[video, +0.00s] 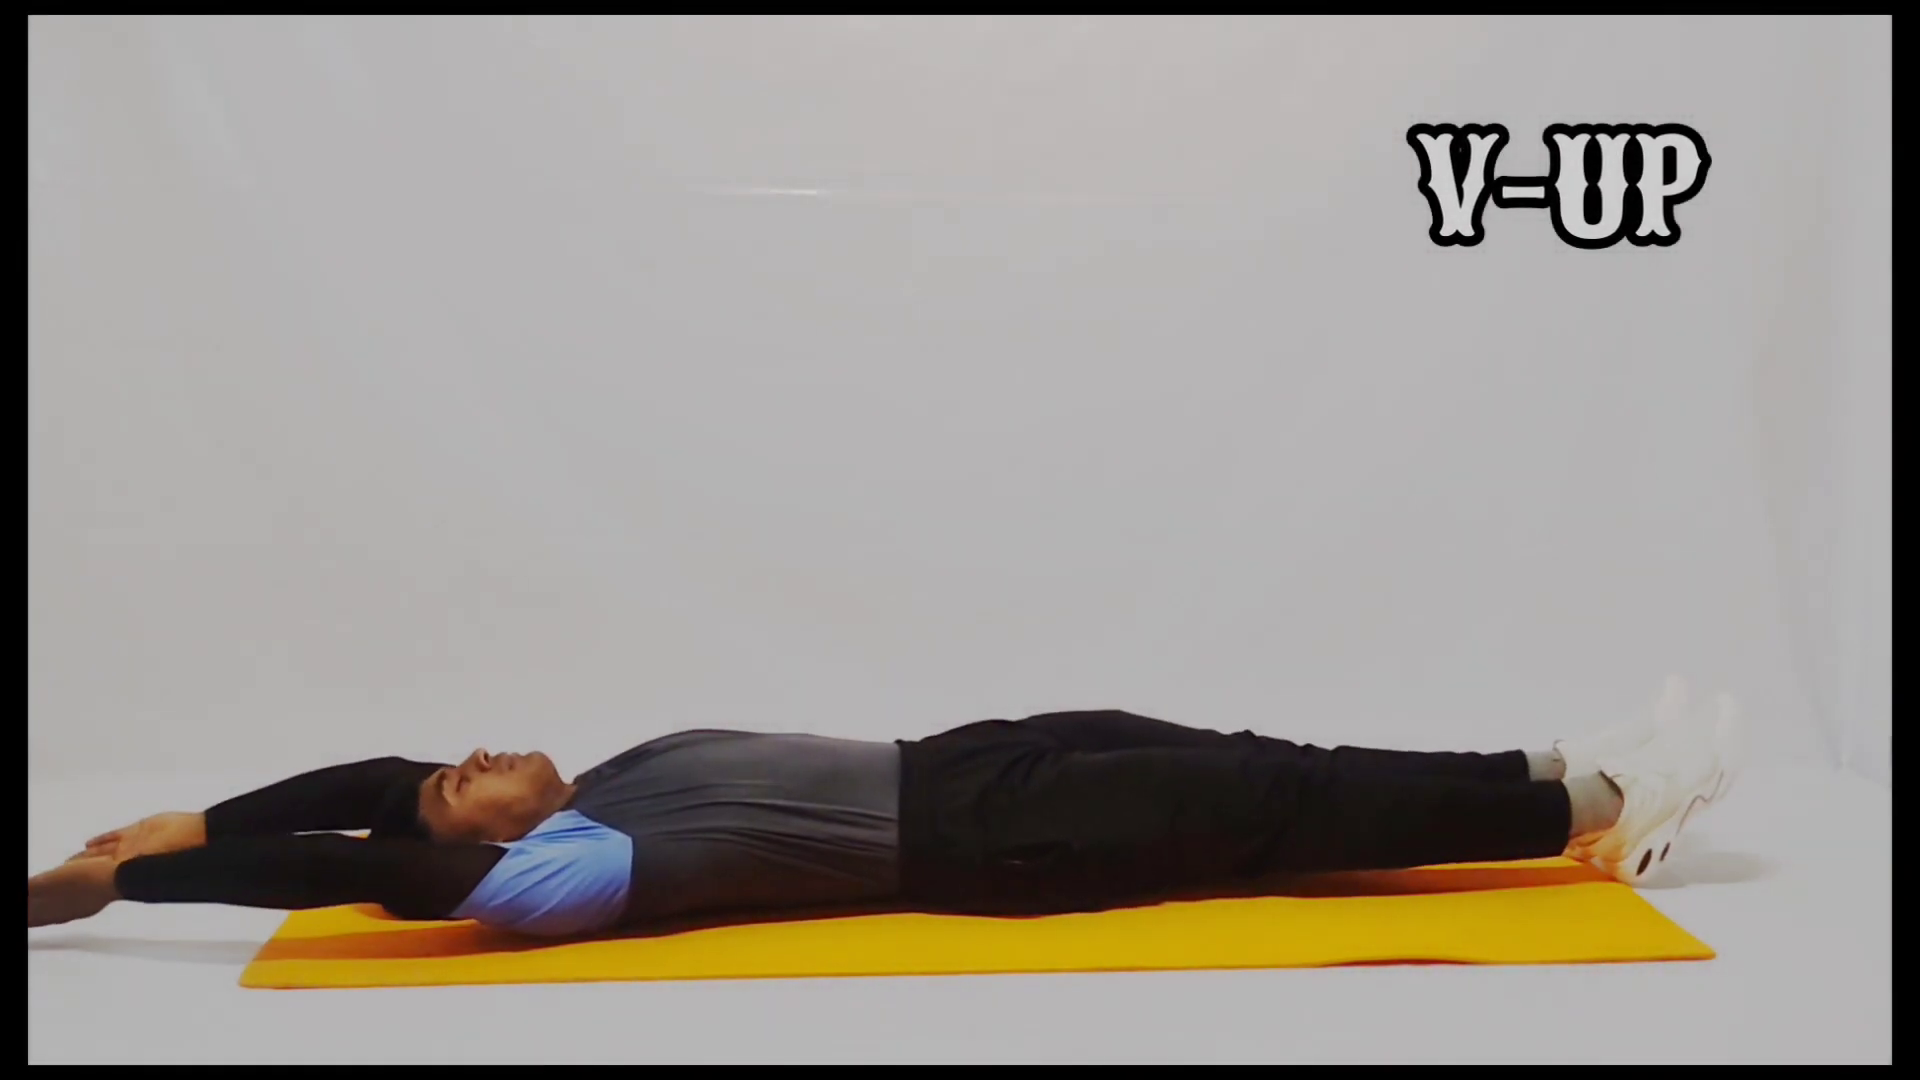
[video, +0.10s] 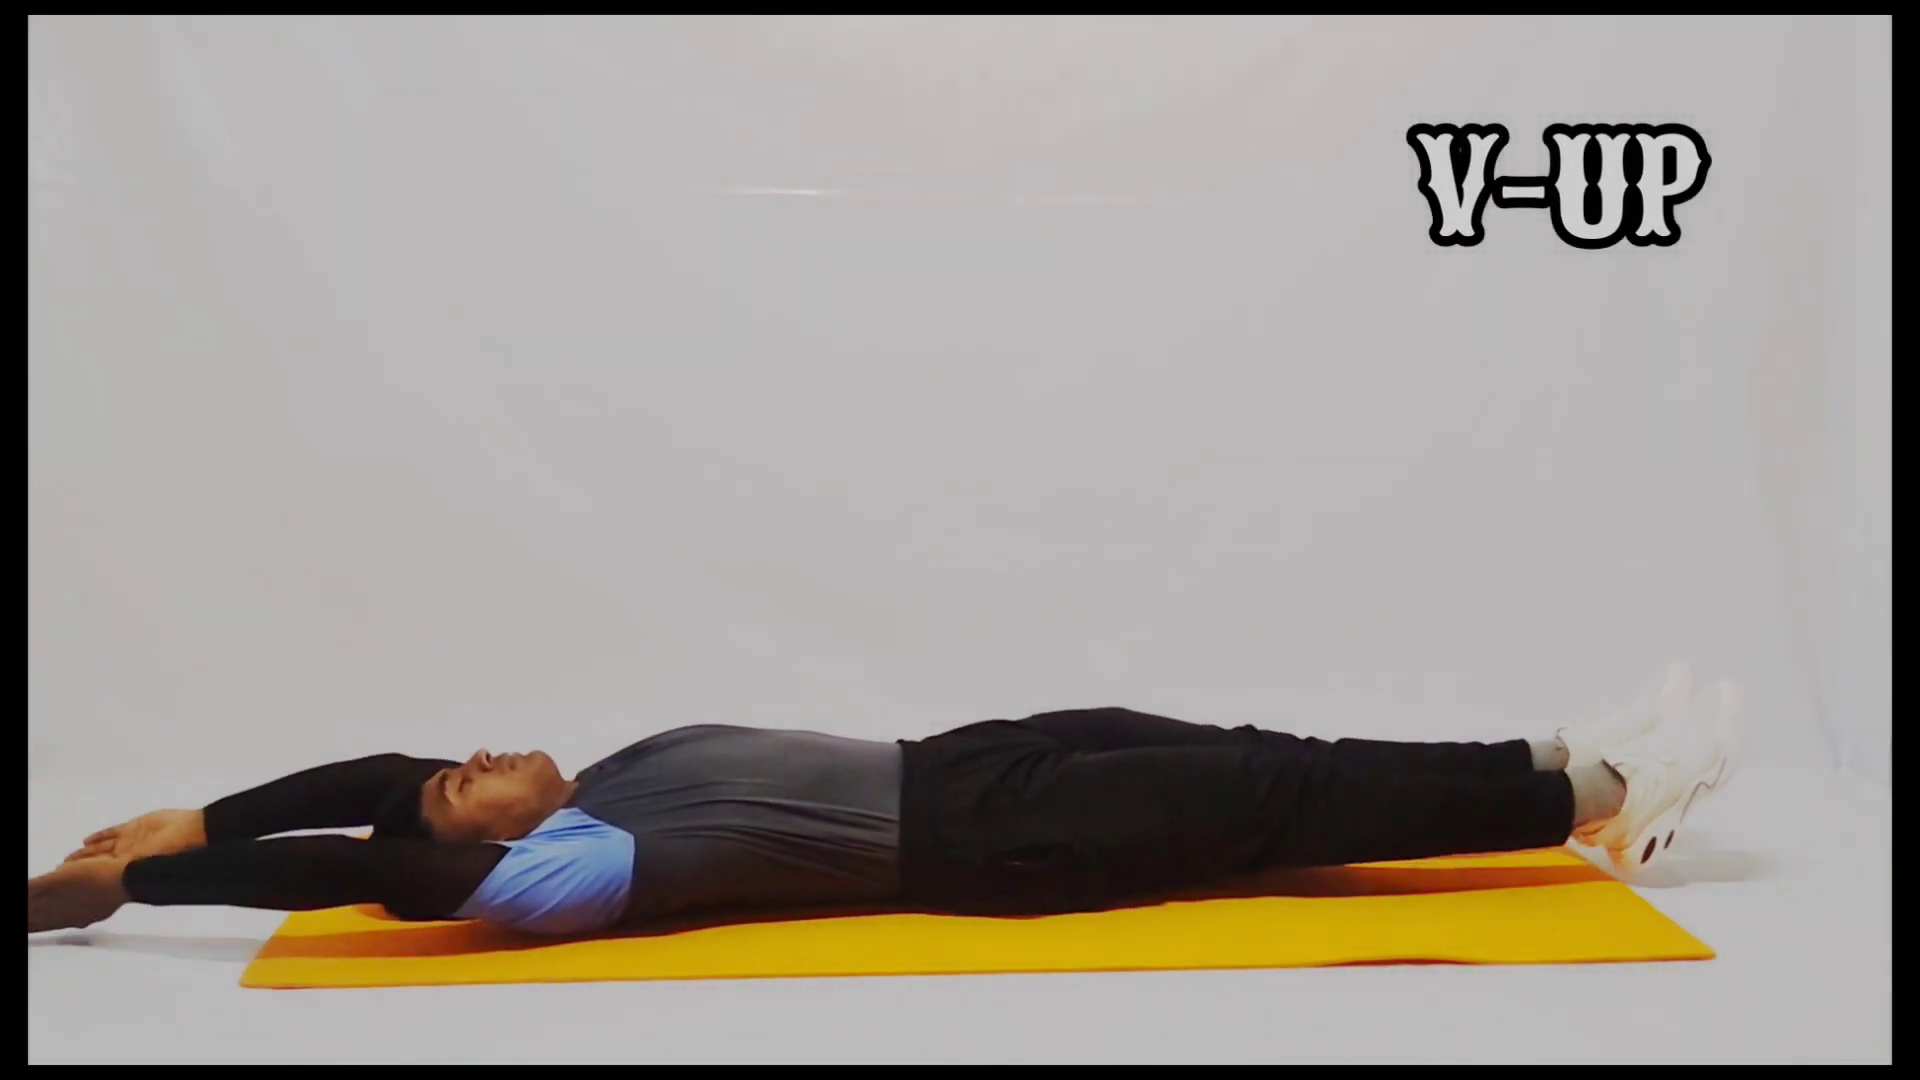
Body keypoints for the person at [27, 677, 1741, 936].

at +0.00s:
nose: (496, 763)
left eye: (473, 759)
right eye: (473, 784)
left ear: (499, 782)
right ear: (478, 842)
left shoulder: (604, 786)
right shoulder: (580, 850)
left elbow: (362, 817)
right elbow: (486, 895)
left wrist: (148, 845)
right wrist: (456, 899)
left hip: (979, 754)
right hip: (958, 824)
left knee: (1258, 757)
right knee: (1250, 811)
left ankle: (1539, 783)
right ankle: (1557, 813)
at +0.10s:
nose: (500, 762)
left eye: (477, 759)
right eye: (478, 786)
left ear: (503, 777)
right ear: (484, 848)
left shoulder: (616, 783)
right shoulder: (598, 848)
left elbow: (376, 812)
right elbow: (439, 894)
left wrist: (168, 839)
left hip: (974, 756)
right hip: (959, 826)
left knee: (1258, 748)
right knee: (1260, 800)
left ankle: (1562, 777)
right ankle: (1570, 798)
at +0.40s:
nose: (503, 778)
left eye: (482, 771)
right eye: (483, 797)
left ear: (502, 777)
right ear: (483, 845)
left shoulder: (618, 788)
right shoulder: (607, 849)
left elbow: (389, 811)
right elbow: (384, 885)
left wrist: (183, 834)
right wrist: (171, 871)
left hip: (976, 766)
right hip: (971, 827)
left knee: (1262, 743)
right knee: (1262, 778)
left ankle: (1579, 761)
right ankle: (1582, 769)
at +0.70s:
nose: (532, 707)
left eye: (512, 696)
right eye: (506, 706)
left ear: (486, 758)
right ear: (494, 750)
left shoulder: (586, 789)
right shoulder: (573, 845)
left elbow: (414, 692)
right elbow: (652, 884)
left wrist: (243, 614)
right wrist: (560, 860)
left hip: (963, 773)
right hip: (954, 823)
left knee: (1239, 686)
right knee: (1234, 714)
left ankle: (1546, 611)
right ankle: (1549, 624)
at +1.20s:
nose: (797, 513)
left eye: (780, 494)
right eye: (771, 501)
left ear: (715, 545)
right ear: (714, 543)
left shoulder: (735, 621)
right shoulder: (747, 624)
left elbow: (904, 479)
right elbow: (911, 484)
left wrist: (1032, 322)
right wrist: (1048, 321)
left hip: (956, 797)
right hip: (974, 836)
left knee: (1089, 534)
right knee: (1107, 547)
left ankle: (1264, 273)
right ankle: (1271, 277)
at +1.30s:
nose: (842, 484)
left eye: (827, 465)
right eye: (817, 475)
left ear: (765, 518)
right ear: (764, 517)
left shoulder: (772, 586)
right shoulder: (791, 592)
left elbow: (941, 450)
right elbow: (952, 457)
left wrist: (1078, 290)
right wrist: (1098, 285)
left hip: (950, 800)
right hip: (977, 838)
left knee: (1061, 523)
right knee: (1086, 541)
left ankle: (1205, 254)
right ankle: (1228, 260)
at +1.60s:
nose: (734, 535)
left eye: (720, 517)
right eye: (709, 528)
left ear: (665, 573)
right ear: (653, 577)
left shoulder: (694, 650)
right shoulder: (705, 650)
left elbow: (824, 480)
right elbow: (832, 477)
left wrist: (921, 278)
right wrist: (927, 271)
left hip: (946, 780)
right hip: (973, 834)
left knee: (1123, 545)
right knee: (1156, 558)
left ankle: (1320, 317)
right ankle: (1352, 328)